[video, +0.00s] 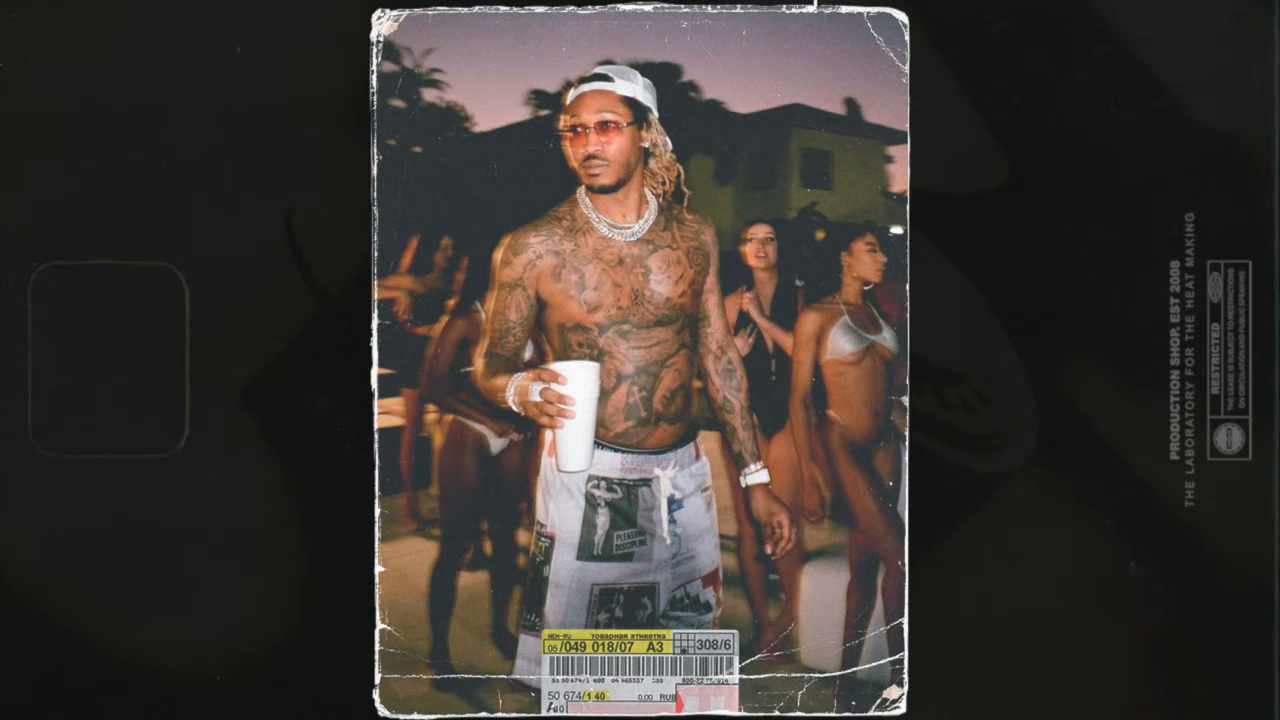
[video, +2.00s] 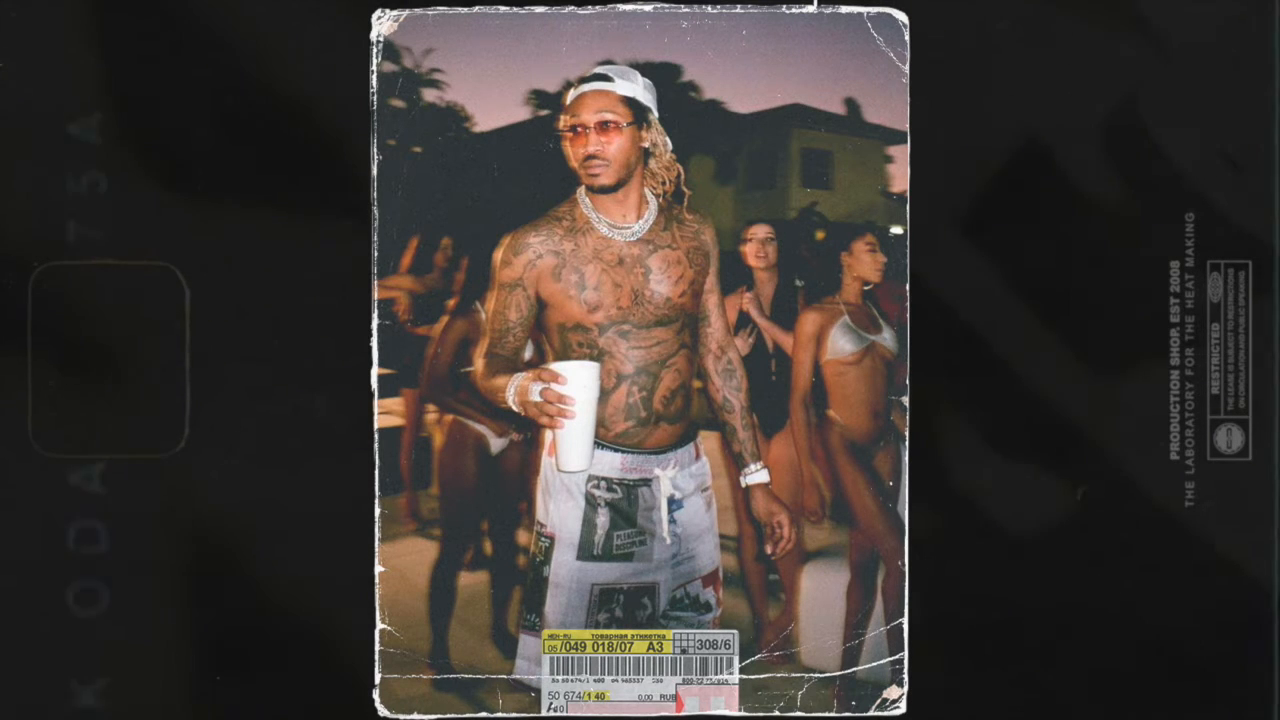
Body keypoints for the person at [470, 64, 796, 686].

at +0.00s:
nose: (590, 143)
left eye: (608, 126)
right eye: (576, 130)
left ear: (646, 138)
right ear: (565, 143)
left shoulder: (693, 236)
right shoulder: (532, 248)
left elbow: (720, 358)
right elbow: (490, 366)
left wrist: (756, 481)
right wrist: (516, 389)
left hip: (681, 477)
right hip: (582, 482)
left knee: (690, 663)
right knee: (574, 666)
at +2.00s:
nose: (589, 143)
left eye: (608, 126)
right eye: (576, 130)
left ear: (645, 138)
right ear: (565, 143)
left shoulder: (693, 235)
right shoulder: (532, 248)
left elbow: (720, 358)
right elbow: (491, 365)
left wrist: (756, 482)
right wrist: (517, 389)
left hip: (681, 475)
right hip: (583, 481)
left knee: (688, 662)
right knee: (575, 668)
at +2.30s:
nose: (590, 143)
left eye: (608, 126)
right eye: (576, 130)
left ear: (646, 138)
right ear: (565, 143)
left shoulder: (693, 235)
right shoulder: (532, 248)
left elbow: (720, 358)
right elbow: (491, 365)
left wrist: (756, 482)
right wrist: (516, 389)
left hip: (681, 476)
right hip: (582, 481)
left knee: (689, 664)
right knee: (573, 669)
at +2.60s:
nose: (589, 143)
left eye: (608, 126)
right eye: (576, 130)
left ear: (645, 138)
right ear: (565, 143)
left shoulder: (693, 235)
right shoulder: (532, 248)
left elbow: (720, 358)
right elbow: (491, 365)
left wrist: (756, 482)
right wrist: (516, 389)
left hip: (681, 476)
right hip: (582, 481)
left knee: (689, 663)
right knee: (573, 669)